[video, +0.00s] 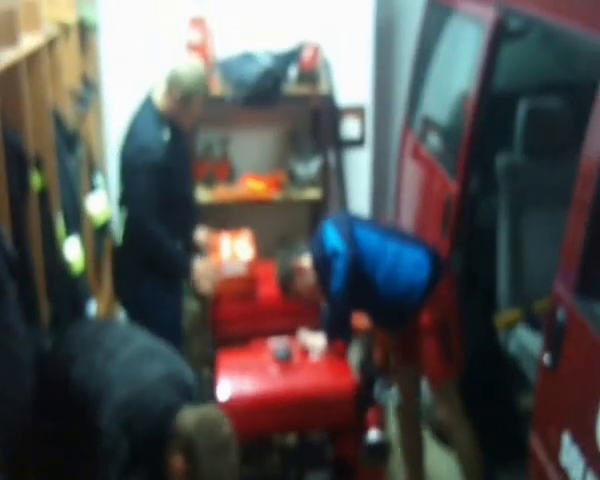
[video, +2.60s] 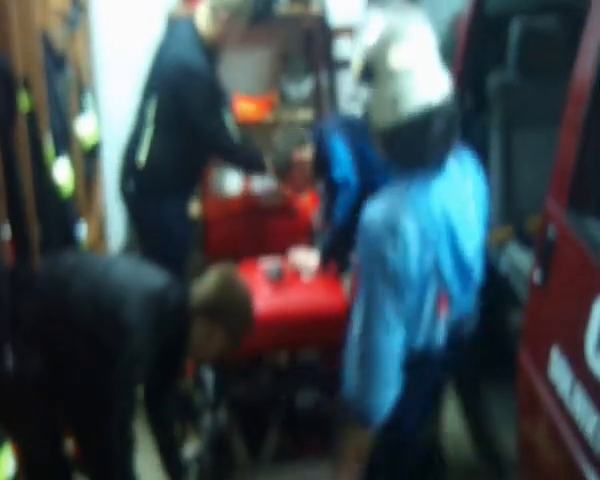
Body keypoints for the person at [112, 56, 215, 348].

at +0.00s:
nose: (200, 113)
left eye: (202, 104)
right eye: (197, 104)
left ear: (174, 95)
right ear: (177, 98)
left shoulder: (167, 127)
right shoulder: (152, 145)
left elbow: (169, 198)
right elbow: (146, 222)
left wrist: (191, 230)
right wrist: (187, 266)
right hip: (149, 269)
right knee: (162, 357)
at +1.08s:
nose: (175, 86)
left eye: (177, 78)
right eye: (172, 77)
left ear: (155, 73)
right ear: (152, 72)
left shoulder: (151, 109)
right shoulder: (127, 124)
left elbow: (161, 178)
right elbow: (139, 202)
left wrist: (187, 205)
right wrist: (190, 237)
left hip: (150, 244)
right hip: (134, 251)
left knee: (157, 336)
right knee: (159, 340)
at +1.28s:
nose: (184, 79)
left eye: (185, 71)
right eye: (181, 70)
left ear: (164, 64)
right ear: (161, 65)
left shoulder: (155, 100)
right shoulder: (141, 117)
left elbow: (175, 153)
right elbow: (162, 191)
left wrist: (211, 173)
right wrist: (219, 209)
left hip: (157, 234)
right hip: (147, 243)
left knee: (159, 328)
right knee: (164, 335)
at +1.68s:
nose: (208, 72)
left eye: (210, 64)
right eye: (207, 64)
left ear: (186, 51)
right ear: (190, 54)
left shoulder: (169, 82)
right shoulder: (168, 100)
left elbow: (208, 132)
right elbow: (199, 169)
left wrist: (246, 167)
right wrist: (257, 197)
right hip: (154, 234)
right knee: (164, 327)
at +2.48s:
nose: (237, 41)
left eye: (240, 33)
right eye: (237, 32)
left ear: (214, 19)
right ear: (222, 24)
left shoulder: (189, 44)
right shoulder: (186, 68)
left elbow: (216, 115)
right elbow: (207, 144)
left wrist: (250, 157)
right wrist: (250, 178)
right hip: (155, 193)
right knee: (169, 282)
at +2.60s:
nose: (238, 36)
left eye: (241, 28)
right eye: (239, 27)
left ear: (215, 13)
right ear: (224, 19)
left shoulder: (182, 36)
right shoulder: (192, 62)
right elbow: (213, 137)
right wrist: (258, 163)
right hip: (158, 185)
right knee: (170, 273)